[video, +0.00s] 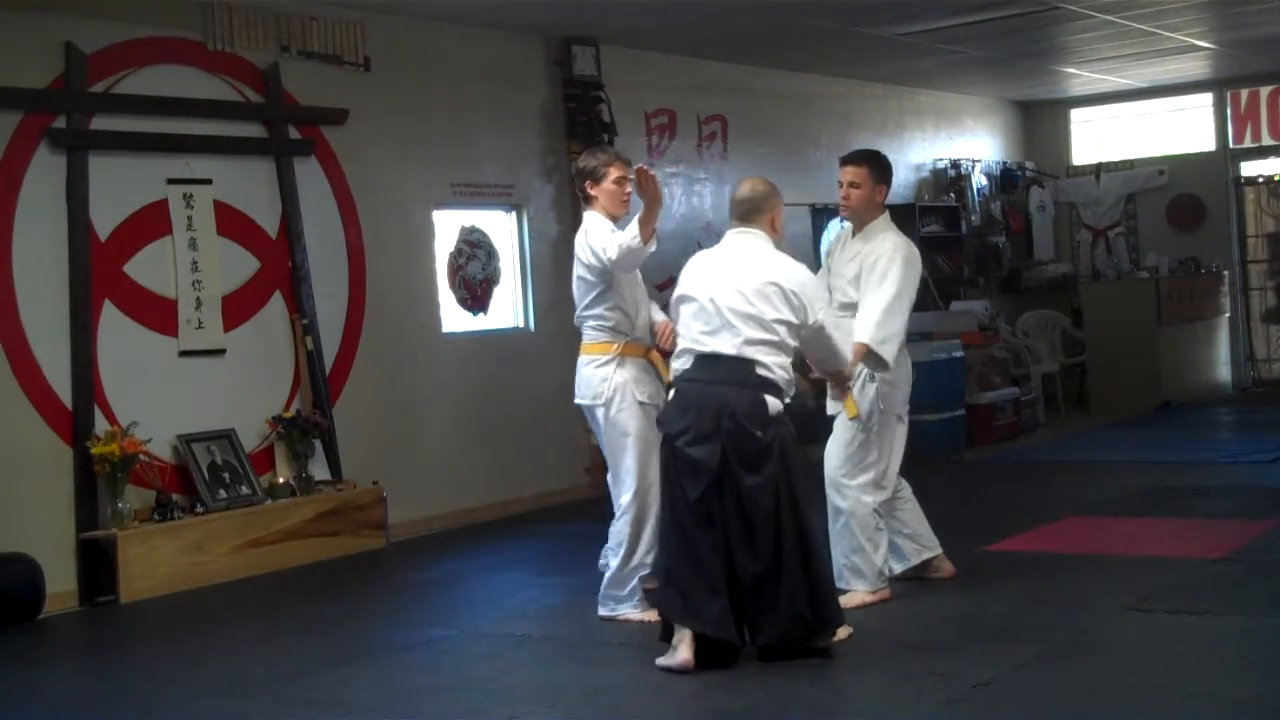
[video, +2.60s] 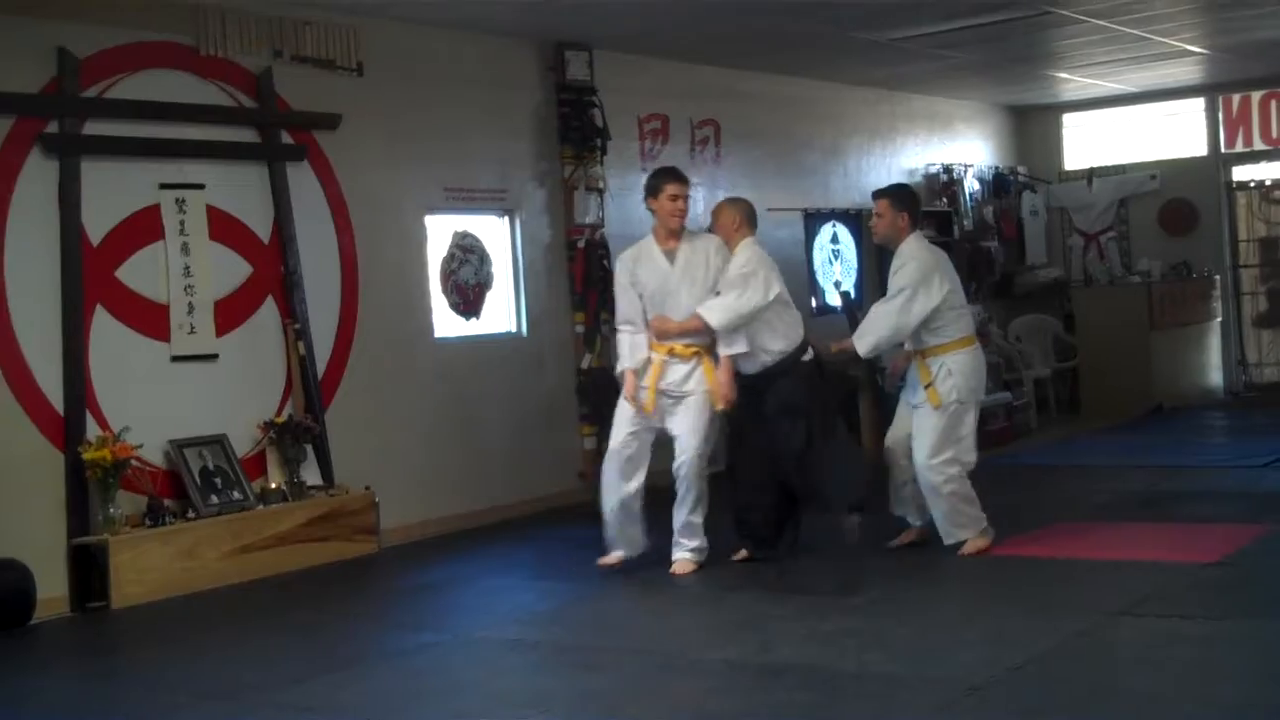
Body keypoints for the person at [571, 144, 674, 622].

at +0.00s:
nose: (628, 189)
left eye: (629, 180)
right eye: (619, 181)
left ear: (622, 189)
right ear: (591, 189)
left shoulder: (613, 232)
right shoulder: (593, 228)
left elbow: (636, 303)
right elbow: (620, 255)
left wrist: (659, 320)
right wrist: (651, 210)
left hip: (633, 367)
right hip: (613, 371)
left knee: (645, 483)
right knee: (636, 486)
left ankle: (632, 576)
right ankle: (618, 597)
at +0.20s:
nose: (626, 191)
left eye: (628, 183)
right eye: (616, 185)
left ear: (630, 188)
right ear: (592, 192)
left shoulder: (628, 239)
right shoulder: (586, 236)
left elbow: (640, 298)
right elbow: (595, 290)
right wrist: (627, 269)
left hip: (635, 364)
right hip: (603, 367)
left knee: (634, 478)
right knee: (614, 482)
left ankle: (632, 588)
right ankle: (615, 593)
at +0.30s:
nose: (624, 191)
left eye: (629, 182)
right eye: (614, 185)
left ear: (636, 187)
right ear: (594, 194)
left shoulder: (649, 241)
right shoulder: (585, 241)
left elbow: (660, 294)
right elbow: (576, 302)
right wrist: (611, 333)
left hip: (649, 361)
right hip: (604, 366)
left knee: (651, 469)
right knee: (605, 473)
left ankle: (656, 579)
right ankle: (605, 582)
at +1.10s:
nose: (605, 193)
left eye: (615, 186)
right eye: (599, 185)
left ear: (632, 192)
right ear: (591, 191)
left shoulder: (637, 240)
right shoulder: (603, 238)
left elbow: (630, 320)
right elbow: (603, 314)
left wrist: (610, 382)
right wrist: (596, 375)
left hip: (633, 369)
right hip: (609, 363)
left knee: (629, 468)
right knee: (623, 466)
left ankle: (638, 558)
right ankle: (632, 554)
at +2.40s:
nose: (637, 202)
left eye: (641, 194)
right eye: (628, 194)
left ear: (646, 199)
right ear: (607, 201)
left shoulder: (671, 246)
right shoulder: (590, 259)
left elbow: (689, 313)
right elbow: (596, 319)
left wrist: (669, 367)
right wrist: (589, 356)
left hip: (663, 362)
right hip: (611, 365)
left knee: (654, 453)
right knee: (601, 463)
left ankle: (680, 543)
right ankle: (602, 557)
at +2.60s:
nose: (681, 206)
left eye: (685, 199)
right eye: (673, 199)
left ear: (689, 203)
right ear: (651, 203)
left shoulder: (712, 249)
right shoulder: (630, 260)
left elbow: (726, 309)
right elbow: (628, 325)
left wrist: (726, 367)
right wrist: (629, 374)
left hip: (697, 365)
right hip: (647, 365)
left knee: (690, 460)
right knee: (620, 451)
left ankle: (688, 548)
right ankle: (625, 542)